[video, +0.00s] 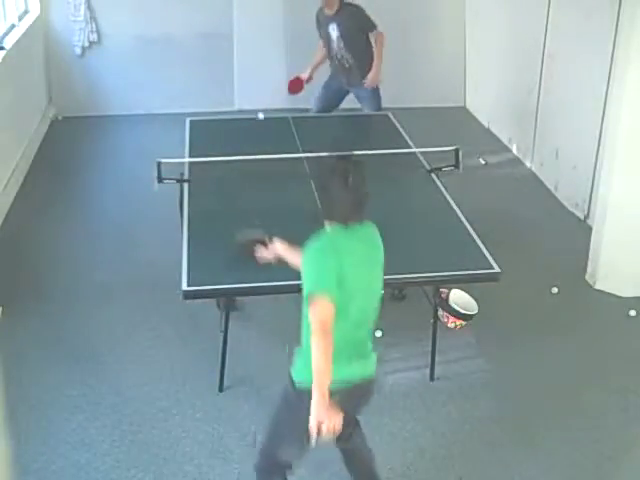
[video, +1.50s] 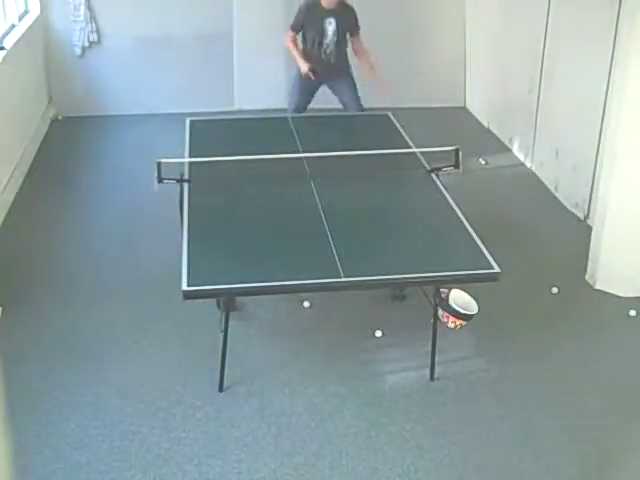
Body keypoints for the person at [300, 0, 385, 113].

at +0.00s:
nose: (323, 2)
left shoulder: (353, 11)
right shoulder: (321, 15)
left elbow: (378, 36)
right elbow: (324, 48)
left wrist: (375, 71)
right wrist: (310, 71)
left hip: (362, 77)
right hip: (338, 77)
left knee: (375, 121)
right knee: (317, 115)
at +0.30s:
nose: (305, 3)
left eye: (305, 1)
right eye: (304, 2)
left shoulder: (336, 4)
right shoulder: (316, 11)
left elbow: (361, 30)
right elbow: (321, 44)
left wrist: (347, 64)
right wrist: (298, 58)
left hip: (355, 65)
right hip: (332, 68)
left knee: (372, 112)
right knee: (316, 111)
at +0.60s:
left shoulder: (355, 2)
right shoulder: (312, 2)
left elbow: (370, 20)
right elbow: (307, 30)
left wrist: (359, 45)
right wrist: (317, 28)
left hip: (348, 52)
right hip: (324, 54)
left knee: (360, 107)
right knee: (315, 106)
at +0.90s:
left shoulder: (370, 3)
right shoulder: (325, 3)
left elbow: (382, 22)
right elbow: (312, 23)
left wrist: (387, 50)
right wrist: (314, 36)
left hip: (357, 62)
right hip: (329, 61)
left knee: (369, 111)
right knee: (315, 107)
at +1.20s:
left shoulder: (358, 3)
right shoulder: (314, 3)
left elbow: (369, 26)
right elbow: (301, 30)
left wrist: (380, 52)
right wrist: (308, 43)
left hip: (349, 64)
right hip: (320, 63)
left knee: (361, 111)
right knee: (300, 109)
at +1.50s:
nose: (334, 2)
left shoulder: (347, 10)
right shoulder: (308, 8)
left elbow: (356, 42)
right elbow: (291, 37)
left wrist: (369, 66)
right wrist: (302, 63)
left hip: (338, 71)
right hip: (310, 70)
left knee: (356, 111)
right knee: (294, 112)